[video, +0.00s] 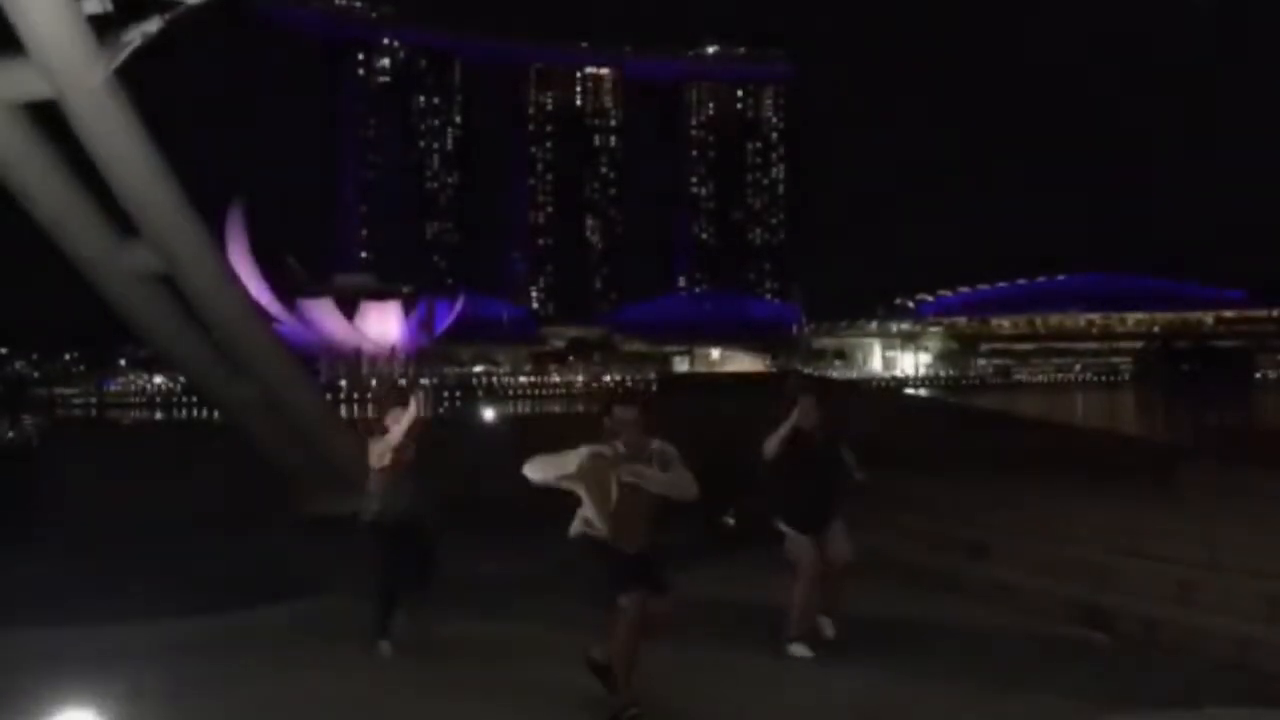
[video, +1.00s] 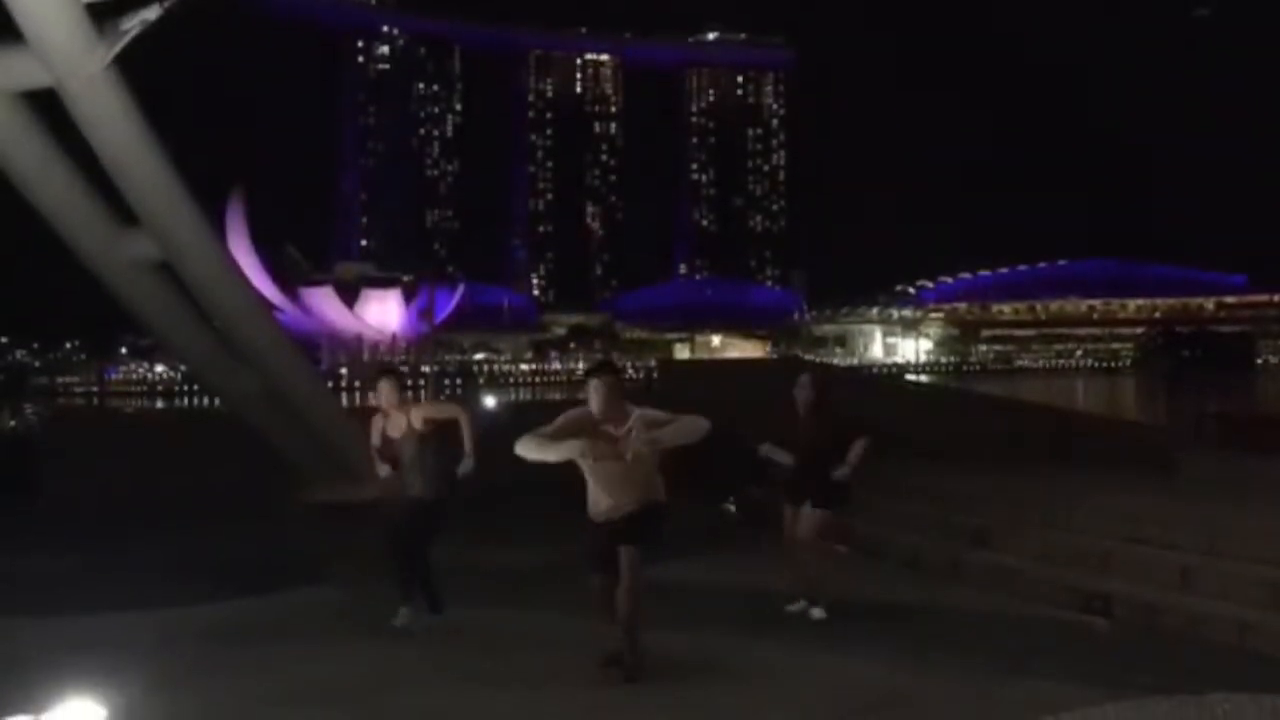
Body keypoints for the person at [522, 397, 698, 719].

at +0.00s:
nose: (628, 433)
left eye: (634, 425)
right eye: (621, 425)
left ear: (644, 426)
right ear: (609, 426)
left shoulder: (659, 453)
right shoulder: (594, 457)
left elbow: (688, 489)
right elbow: (532, 469)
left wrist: (639, 474)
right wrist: (578, 464)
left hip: (635, 545)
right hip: (595, 542)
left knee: (657, 605)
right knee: (630, 601)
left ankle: (605, 656)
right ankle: (624, 695)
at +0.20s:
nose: (613, 430)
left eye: (619, 424)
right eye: (607, 423)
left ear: (633, 426)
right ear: (600, 425)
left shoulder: (646, 445)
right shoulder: (584, 443)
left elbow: (693, 483)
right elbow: (523, 454)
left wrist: (648, 470)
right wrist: (570, 458)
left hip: (639, 537)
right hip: (597, 537)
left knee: (629, 610)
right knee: (596, 605)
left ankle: (618, 675)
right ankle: (591, 683)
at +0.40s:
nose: (600, 431)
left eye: (609, 425)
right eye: (597, 424)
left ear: (625, 429)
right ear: (592, 425)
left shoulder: (641, 462)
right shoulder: (582, 452)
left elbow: (693, 480)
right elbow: (520, 453)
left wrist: (635, 472)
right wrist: (566, 466)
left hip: (637, 539)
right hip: (596, 535)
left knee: (605, 598)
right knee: (563, 579)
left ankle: (616, 675)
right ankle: (559, 668)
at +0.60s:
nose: (587, 423)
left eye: (593, 416)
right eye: (582, 416)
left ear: (611, 412)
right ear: (578, 414)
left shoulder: (635, 435)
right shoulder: (573, 440)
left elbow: (685, 458)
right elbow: (536, 484)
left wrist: (630, 461)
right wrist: (574, 466)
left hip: (640, 516)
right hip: (599, 519)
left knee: (605, 558)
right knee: (589, 574)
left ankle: (602, 661)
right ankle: (618, 646)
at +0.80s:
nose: (579, 434)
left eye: (584, 427)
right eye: (574, 428)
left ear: (602, 423)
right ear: (571, 426)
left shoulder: (627, 443)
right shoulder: (569, 452)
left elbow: (687, 455)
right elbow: (536, 499)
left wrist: (638, 465)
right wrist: (577, 476)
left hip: (646, 512)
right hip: (609, 519)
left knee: (612, 544)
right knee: (607, 577)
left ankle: (591, 633)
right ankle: (628, 645)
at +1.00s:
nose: (597, 394)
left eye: (604, 386)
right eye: (592, 387)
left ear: (618, 390)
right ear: (585, 392)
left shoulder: (641, 419)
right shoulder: (579, 421)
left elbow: (700, 426)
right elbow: (523, 446)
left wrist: (651, 440)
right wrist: (574, 448)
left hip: (642, 509)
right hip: (602, 516)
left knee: (631, 564)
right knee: (603, 584)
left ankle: (630, 651)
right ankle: (620, 642)